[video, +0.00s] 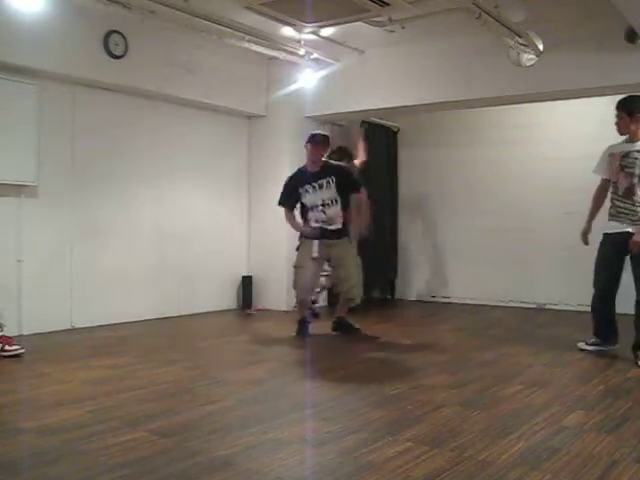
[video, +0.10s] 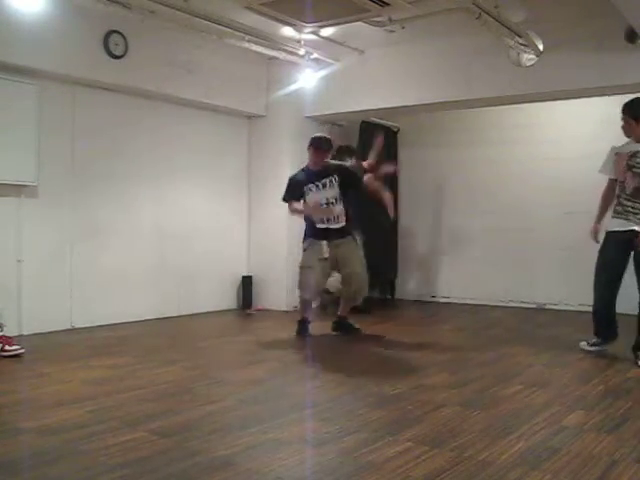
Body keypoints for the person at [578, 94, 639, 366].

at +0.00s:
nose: (616, 122)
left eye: (620, 117)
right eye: (616, 117)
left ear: (633, 118)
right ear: (629, 119)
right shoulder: (615, 150)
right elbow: (603, 188)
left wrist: (637, 233)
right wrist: (589, 222)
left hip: (635, 230)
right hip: (616, 229)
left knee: (638, 294)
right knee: (603, 286)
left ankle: (637, 347)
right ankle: (605, 338)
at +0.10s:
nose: (622, 126)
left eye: (625, 121)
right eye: (622, 120)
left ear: (636, 122)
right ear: (630, 122)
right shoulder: (621, 151)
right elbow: (611, 188)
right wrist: (598, 220)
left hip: (634, 228)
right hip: (619, 227)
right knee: (604, 281)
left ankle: (638, 347)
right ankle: (604, 335)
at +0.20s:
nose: (628, 126)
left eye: (632, 121)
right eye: (628, 120)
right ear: (630, 122)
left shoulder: (628, 151)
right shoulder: (623, 150)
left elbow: (617, 186)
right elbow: (615, 186)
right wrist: (606, 219)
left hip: (635, 228)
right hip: (622, 227)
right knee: (608, 283)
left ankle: (637, 348)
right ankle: (606, 338)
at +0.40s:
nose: (635, 120)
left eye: (636, 116)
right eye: (635, 116)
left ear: (638, 116)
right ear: (633, 116)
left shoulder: (627, 148)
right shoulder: (625, 148)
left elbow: (616, 186)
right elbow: (617, 186)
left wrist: (608, 220)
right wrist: (607, 221)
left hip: (632, 229)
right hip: (627, 228)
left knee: (624, 290)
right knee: (623, 290)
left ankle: (629, 348)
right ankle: (626, 349)